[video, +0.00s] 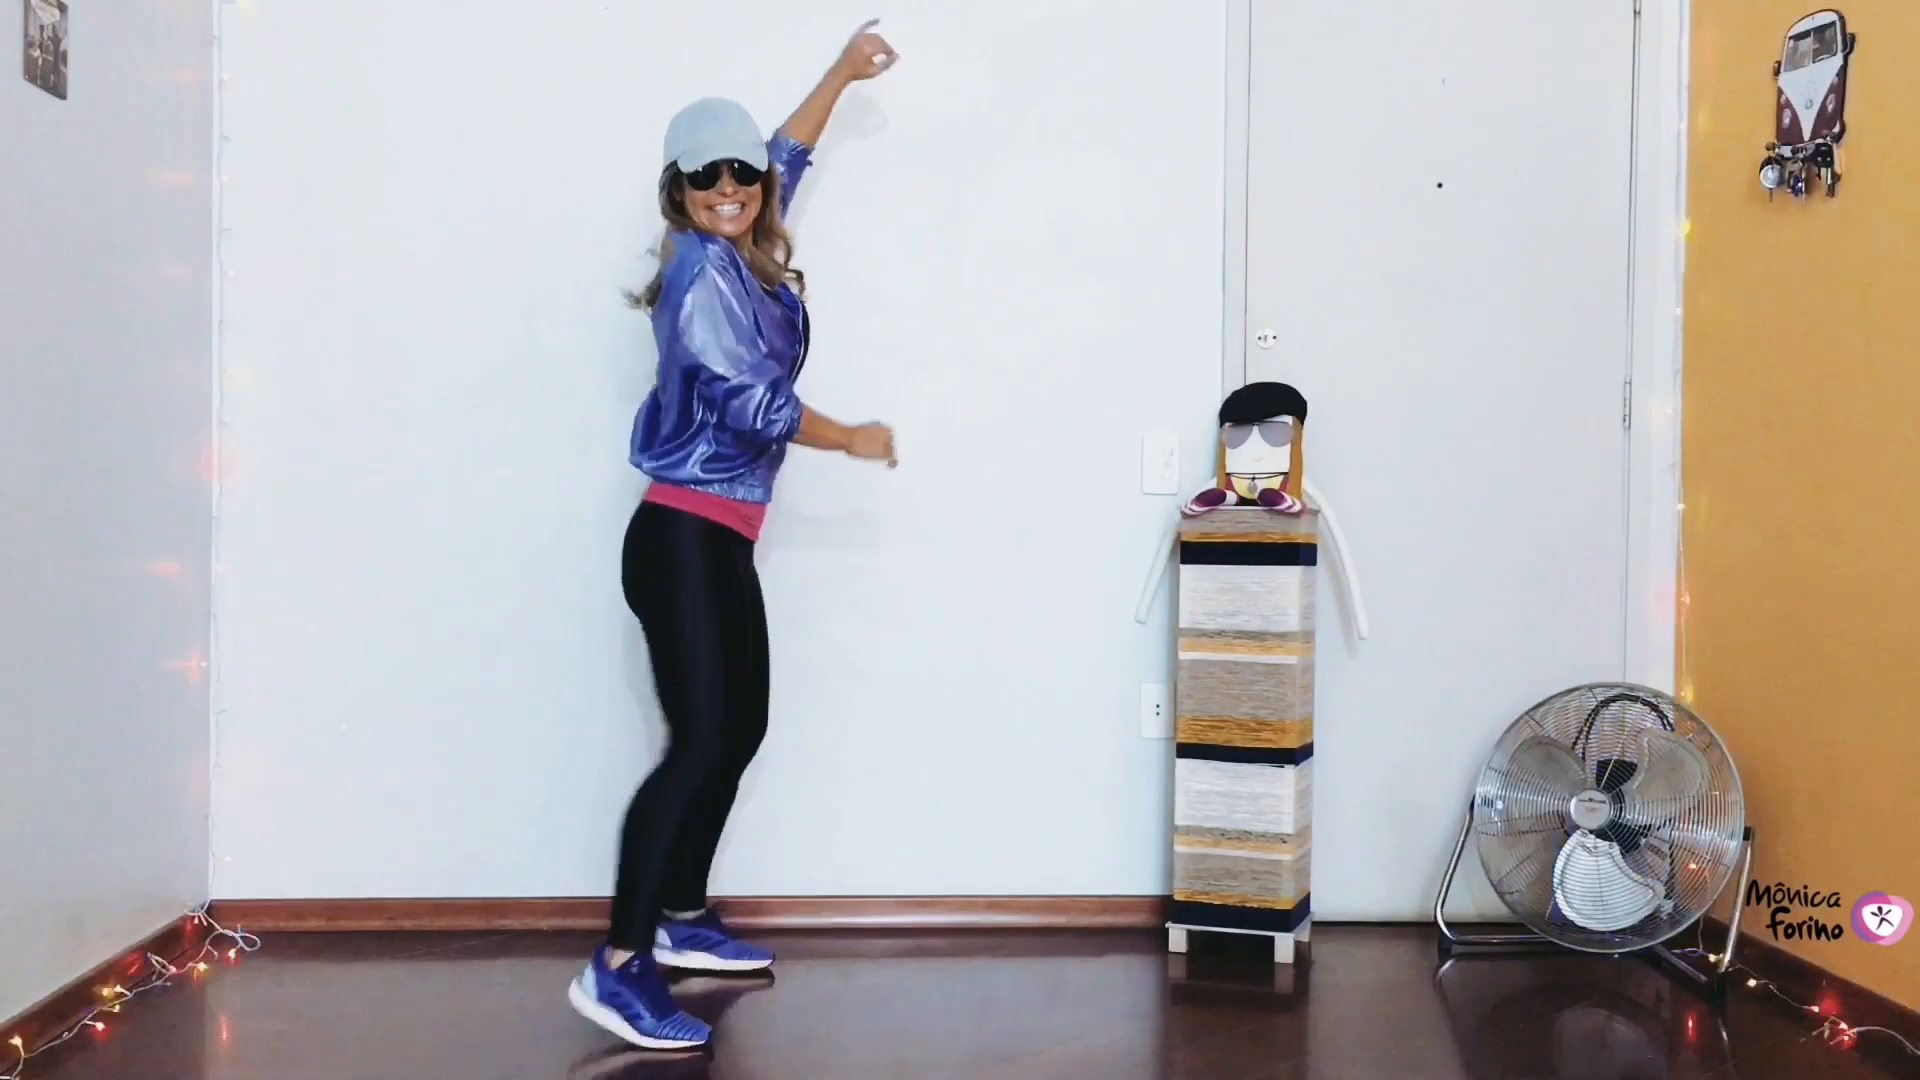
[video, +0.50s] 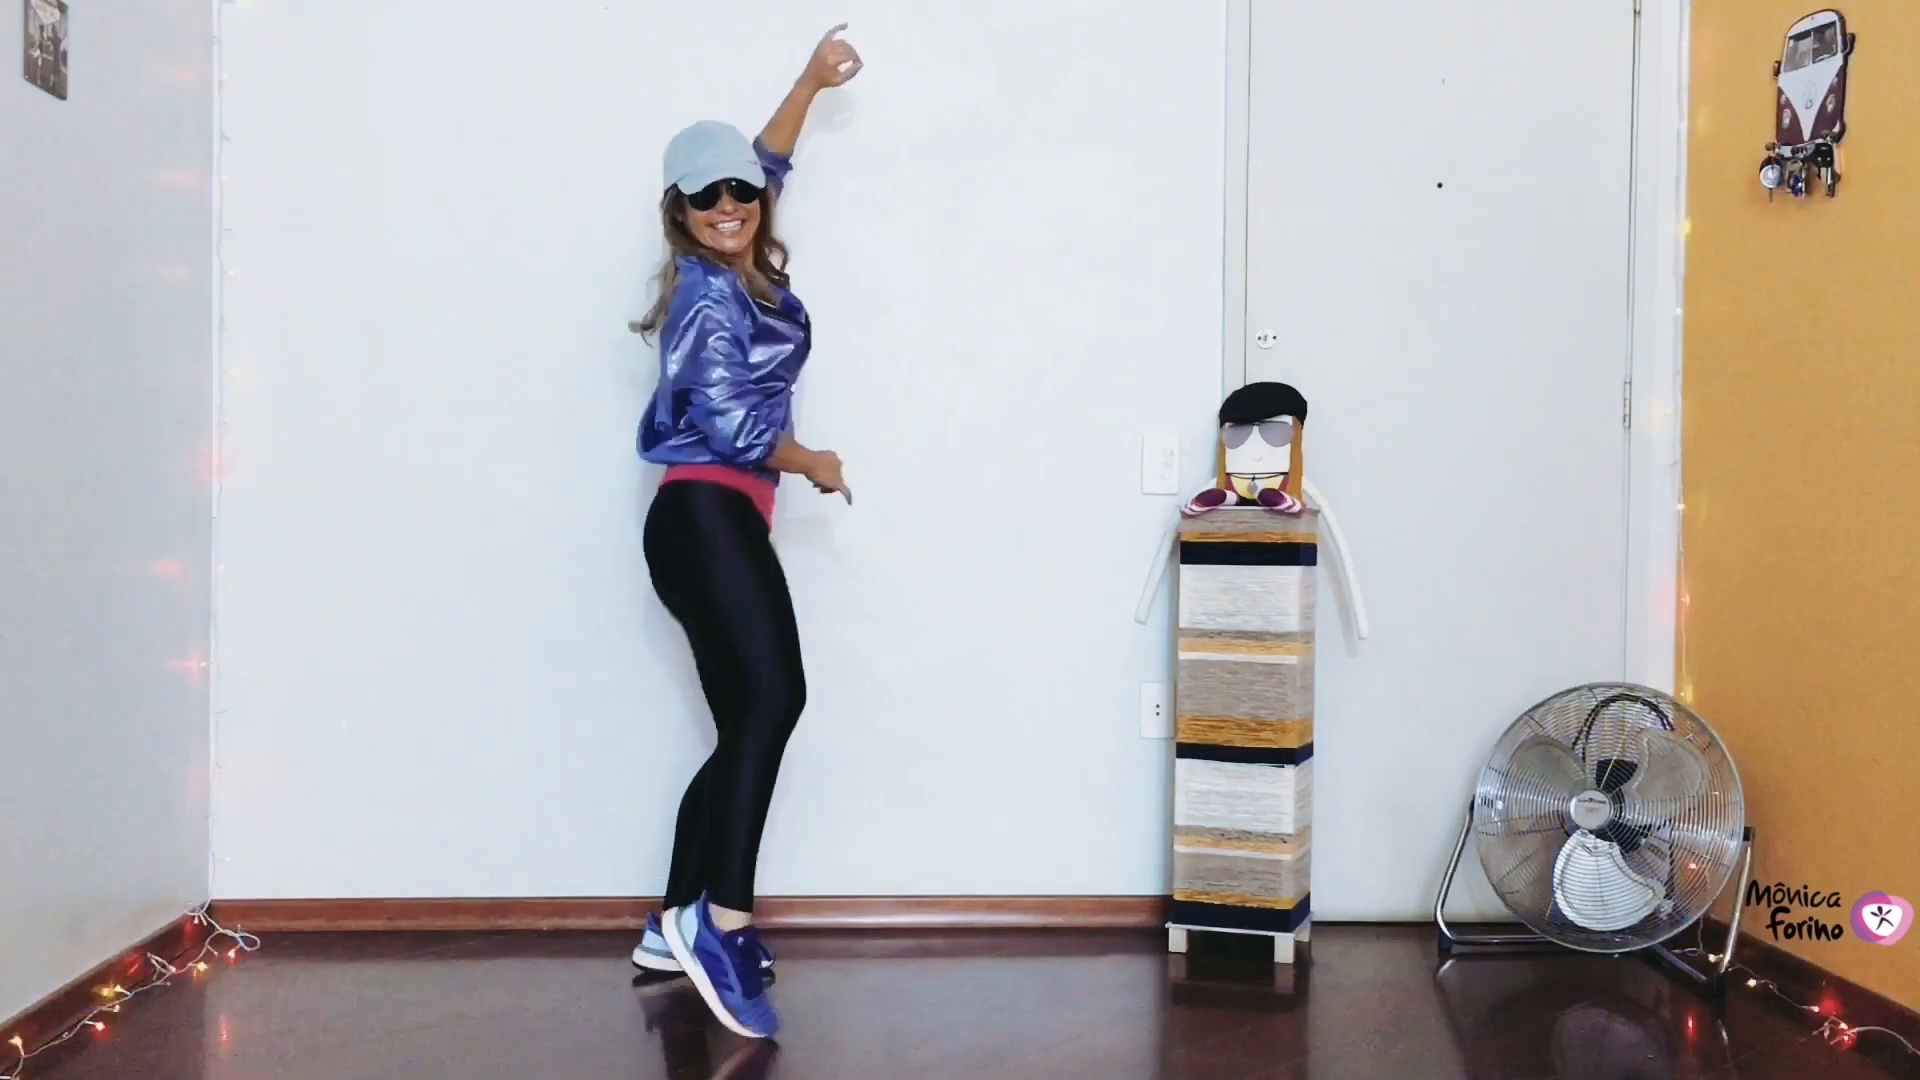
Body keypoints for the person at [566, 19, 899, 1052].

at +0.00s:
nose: (729, 192)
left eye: (744, 176)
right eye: (711, 179)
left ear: (763, 182)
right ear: (682, 192)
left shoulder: (754, 249)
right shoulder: (701, 276)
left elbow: (791, 156)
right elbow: (742, 395)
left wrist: (841, 73)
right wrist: (845, 437)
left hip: (724, 544)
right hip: (678, 540)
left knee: (741, 726)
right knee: (700, 737)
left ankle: (681, 921)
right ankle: (618, 964)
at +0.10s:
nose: (729, 201)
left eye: (743, 187)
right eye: (712, 189)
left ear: (763, 196)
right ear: (684, 200)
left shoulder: (743, 261)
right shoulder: (706, 281)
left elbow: (777, 165)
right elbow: (741, 412)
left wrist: (826, 82)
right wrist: (831, 459)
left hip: (723, 546)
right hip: (673, 542)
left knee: (766, 716)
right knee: (741, 718)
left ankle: (690, 918)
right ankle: (664, 929)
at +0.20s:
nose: (722, 216)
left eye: (738, 201)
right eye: (704, 203)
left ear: (759, 209)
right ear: (677, 214)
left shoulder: (746, 271)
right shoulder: (701, 290)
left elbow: (770, 172)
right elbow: (723, 417)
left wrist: (814, 89)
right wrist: (808, 462)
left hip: (722, 550)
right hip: (679, 546)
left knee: (739, 734)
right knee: (784, 682)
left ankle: (673, 922)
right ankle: (726, 902)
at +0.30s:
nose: (718, 214)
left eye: (734, 197)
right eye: (698, 201)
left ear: (756, 205)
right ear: (674, 214)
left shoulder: (745, 268)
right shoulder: (700, 287)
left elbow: (770, 174)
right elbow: (706, 413)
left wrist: (811, 85)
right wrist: (794, 457)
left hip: (714, 536)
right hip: (690, 533)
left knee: (741, 733)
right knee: (798, 676)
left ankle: (675, 919)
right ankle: (738, 898)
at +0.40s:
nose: (722, 219)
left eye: (735, 202)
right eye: (702, 206)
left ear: (754, 205)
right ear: (676, 216)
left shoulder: (736, 261)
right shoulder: (699, 294)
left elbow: (769, 160)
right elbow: (711, 420)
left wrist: (815, 74)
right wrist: (792, 455)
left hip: (720, 509)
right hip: (711, 508)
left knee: (751, 715)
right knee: (778, 699)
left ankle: (679, 917)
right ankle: (728, 916)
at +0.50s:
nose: (721, 211)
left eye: (735, 195)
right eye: (701, 201)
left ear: (758, 201)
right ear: (679, 215)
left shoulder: (745, 269)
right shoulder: (706, 297)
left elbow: (768, 164)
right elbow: (717, 421)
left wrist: (811, 82)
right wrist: (798, 457)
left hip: (728, 513)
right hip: (701, 511)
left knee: (758, 713)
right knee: (769, 703)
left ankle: (680, 918)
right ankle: (722, 921)